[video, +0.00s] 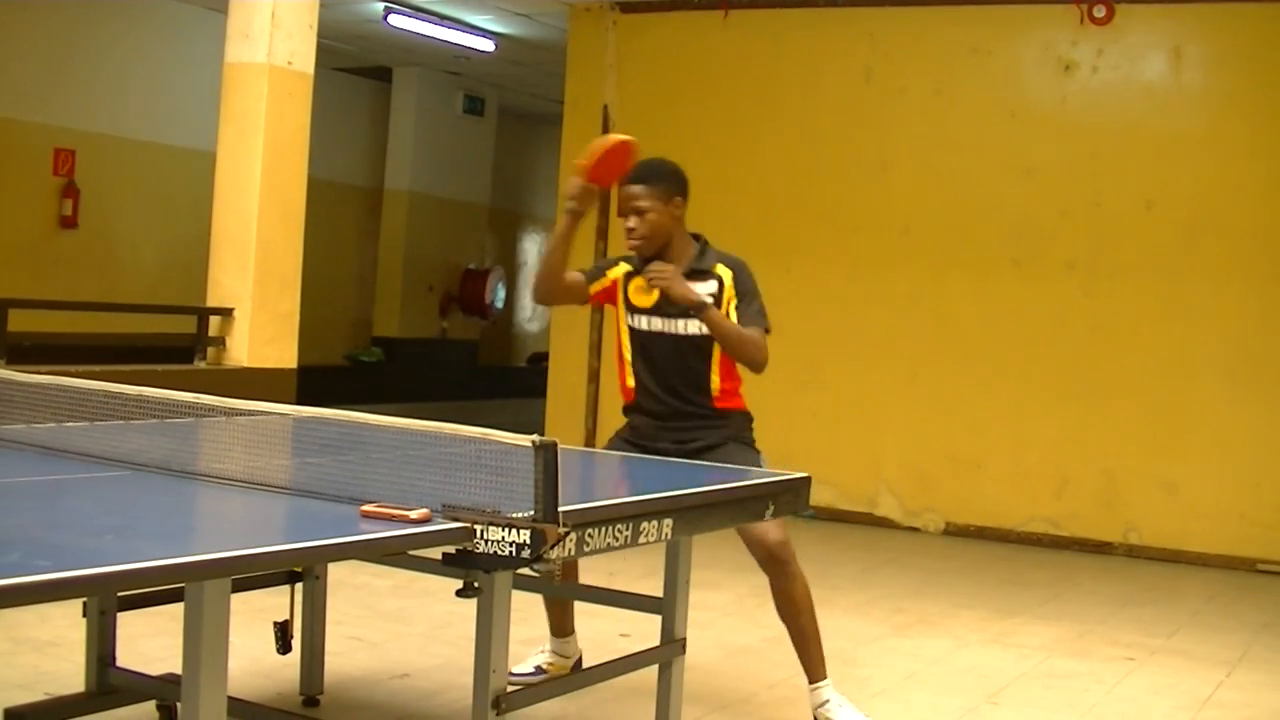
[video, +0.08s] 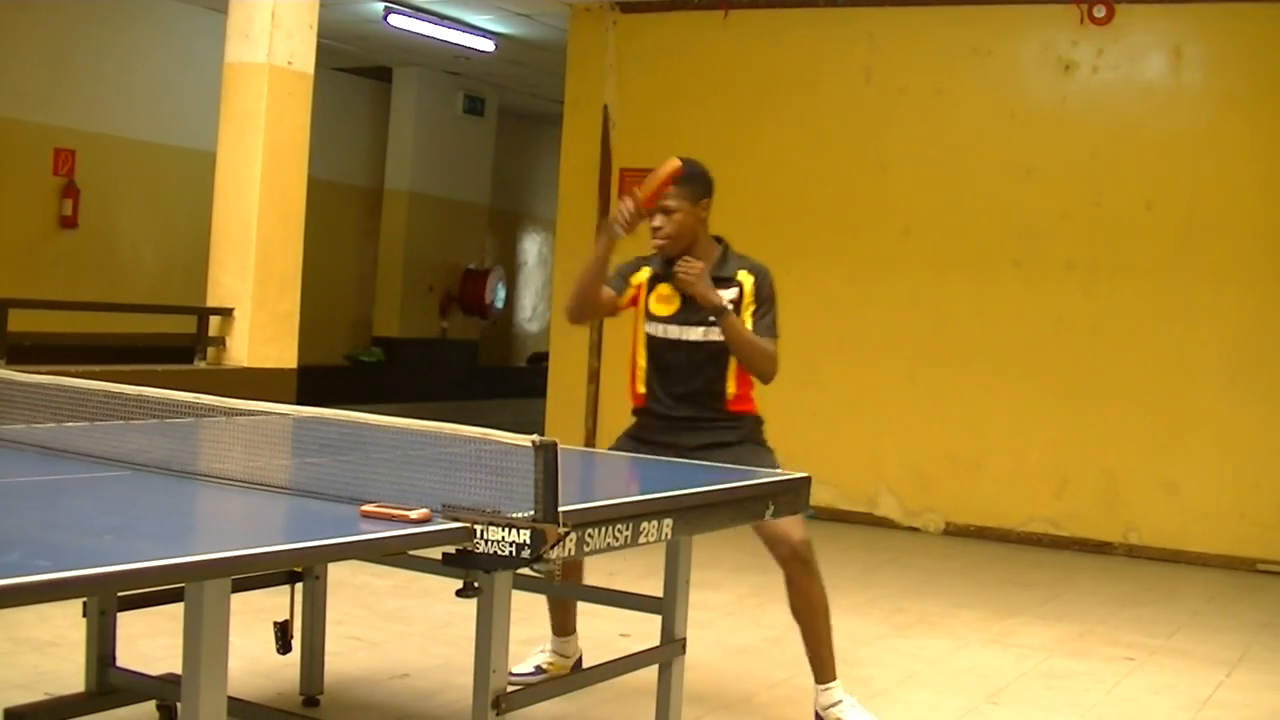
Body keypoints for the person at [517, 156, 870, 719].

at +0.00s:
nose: (627, 223)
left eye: (640, 211)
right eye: (622, 212)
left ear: (678, 209)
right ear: (620, 215)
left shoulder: (726, 273)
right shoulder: (623, 273)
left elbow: (757, 356)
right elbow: (547, 292)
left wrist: (695, 301)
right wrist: (569, 219)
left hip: (719, 440)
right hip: (642, 436)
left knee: (776, 545)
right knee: (553, 521)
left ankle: (822, 693)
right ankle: (562, 653)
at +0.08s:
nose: (654, 222)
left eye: (667, 211)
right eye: (651, 211)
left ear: (702, 212)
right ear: (647, 214)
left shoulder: (748, 278)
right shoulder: (644, 270)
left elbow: (765, 367)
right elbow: (578, 312)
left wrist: (716, 304)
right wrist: (607, 236)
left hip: (730, 439)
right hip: (650, 435)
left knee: (795, 543)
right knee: (558, 520)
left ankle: (829, 695)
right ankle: (563, 652)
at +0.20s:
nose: (691, 207)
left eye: (704, 195)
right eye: (686, 194)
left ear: (740, 197)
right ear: (683, 196)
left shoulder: (784, 258)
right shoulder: (677, 256)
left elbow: (805, 352)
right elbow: (639, 360)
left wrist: (739, 302)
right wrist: (637, 309)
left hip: (784, 429)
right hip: (708, 425)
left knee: (830, 537)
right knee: (623, 515)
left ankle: (850, 690)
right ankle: (588, 652)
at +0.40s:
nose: (742, 263)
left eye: (755, 252)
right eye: (738, 250)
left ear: (791, 250)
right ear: (734, 248)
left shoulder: (840, 304)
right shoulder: (728, 320)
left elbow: (871, 397)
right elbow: (698, 409)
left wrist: (804, 357)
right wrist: (709, 440)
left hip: (851, 450)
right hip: (777, 449)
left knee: (902, 557)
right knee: (682, 538)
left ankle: (945, 701)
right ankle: (679, 663)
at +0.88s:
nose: (765, 238)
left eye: (778, 225)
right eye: (760, 224)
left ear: (814, 222)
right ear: (755, 222)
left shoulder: (858, 279)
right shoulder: (741, 280)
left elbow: (902, 371)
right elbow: (645, 316)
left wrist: (863, 326)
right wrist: (586, 265)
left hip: (842, 440)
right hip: (764, 436)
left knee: (896, 553)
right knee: (670, 535)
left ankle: (923, 705)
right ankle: (652, 662)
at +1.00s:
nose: (731, 223)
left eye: (745, 211)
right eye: (727, 210)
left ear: (781, 212)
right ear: (724, 210)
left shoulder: (823, 274)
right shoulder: (715, 277)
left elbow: (847, 366)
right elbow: (635, 336)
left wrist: (798, 310)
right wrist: (599, 293)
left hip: (815, 441)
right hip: (737, 437)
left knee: (870, 555)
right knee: (649, 529)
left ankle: (917, 703)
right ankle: (648, 664)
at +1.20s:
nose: (647, 216)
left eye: (659, 203)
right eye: (645, 204)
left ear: (698, 201)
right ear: (668, 206)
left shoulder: (741, 251)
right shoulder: (681, 273)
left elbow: (745, 339)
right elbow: (677, 369)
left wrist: (667, 306)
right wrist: (614, 390)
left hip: (792, 413)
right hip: (734, 414)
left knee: (806, 560)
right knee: (653, 514)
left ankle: (878, 692)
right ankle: (622, 651)